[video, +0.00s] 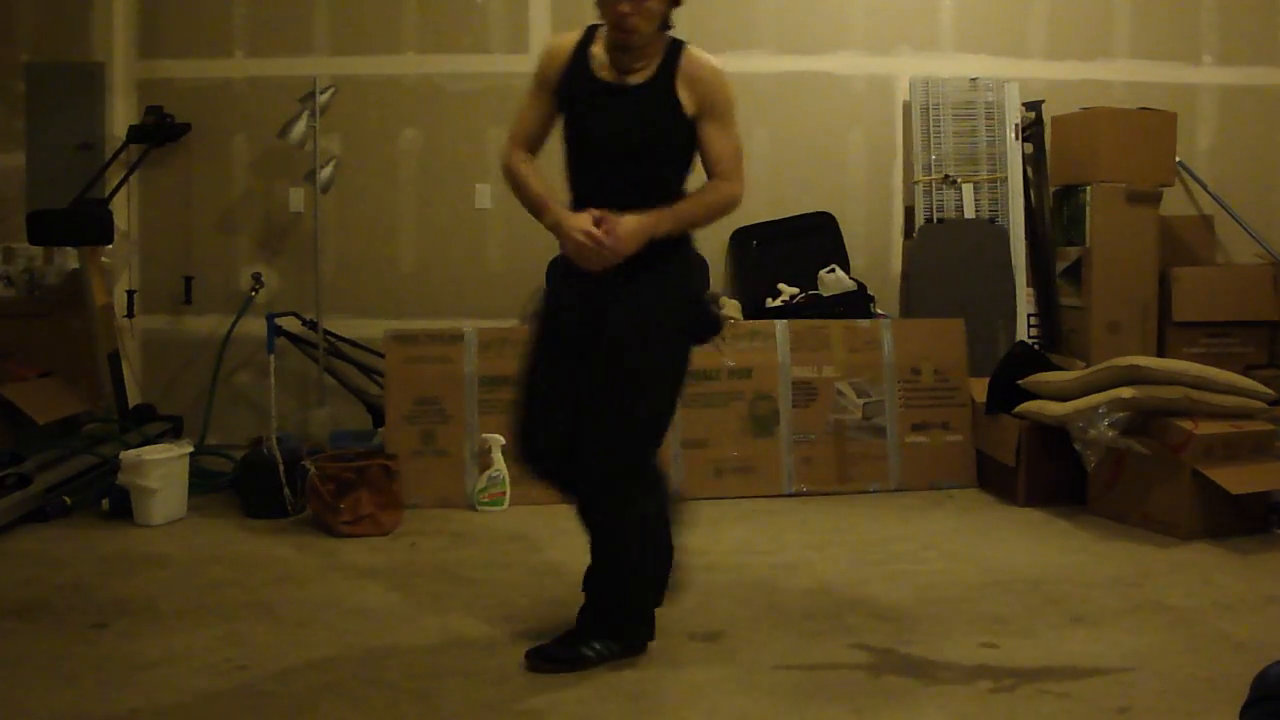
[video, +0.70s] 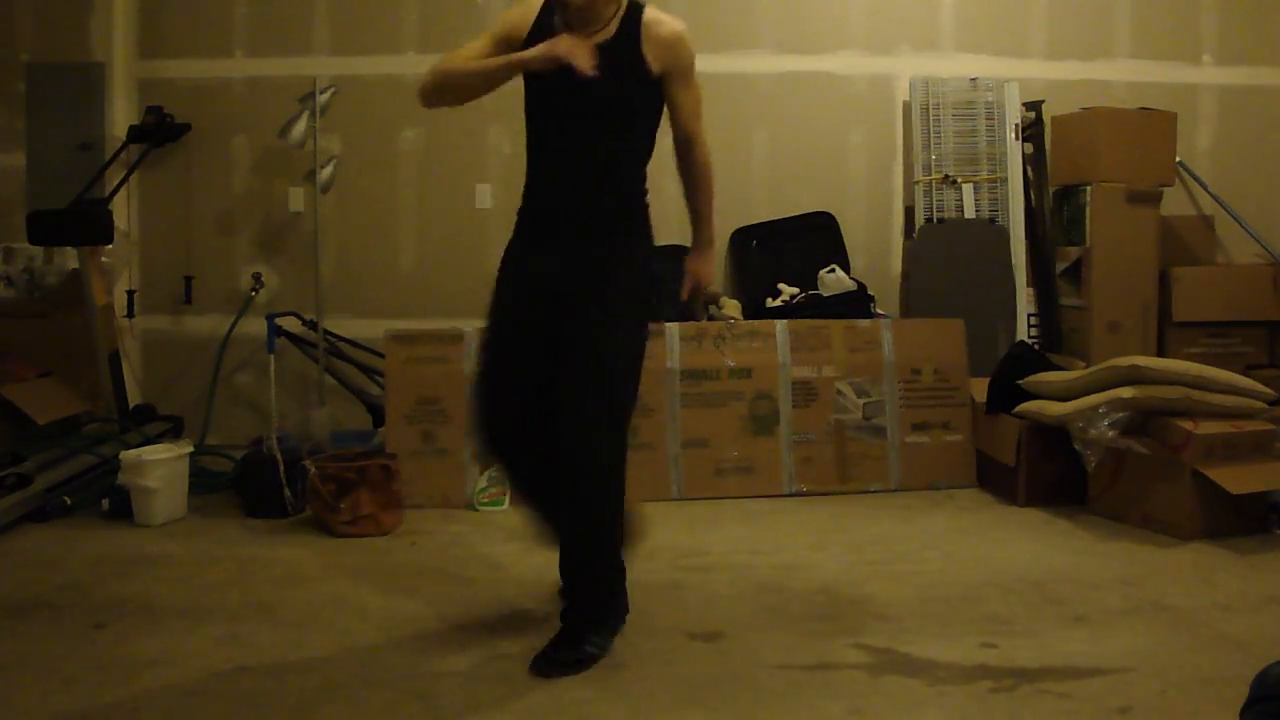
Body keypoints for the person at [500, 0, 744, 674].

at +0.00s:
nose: (625, 13)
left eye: (641, 1)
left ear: (669, 5)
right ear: (598, 1)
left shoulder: (699, 77)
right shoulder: (565, 58)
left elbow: (728, 188)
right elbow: (516, 154)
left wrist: (645, 226)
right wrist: (557, 217)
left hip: (658, 283)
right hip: (580, 278)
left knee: (619, 451)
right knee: (545, 438)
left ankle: (619, 624)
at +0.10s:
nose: (595, 8)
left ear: (635, 1)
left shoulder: (672, 60)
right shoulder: (533, 50)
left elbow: (719, 155)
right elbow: (495, 136)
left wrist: (648, 181)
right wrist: (530, 209)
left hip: (627, 274)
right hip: (548, 270)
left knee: (610, 455)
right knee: (478, 434)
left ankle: (618, 624)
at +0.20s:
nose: (564, 13)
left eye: (577, 5)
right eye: (555, 4)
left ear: (602, 3)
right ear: (538, 1)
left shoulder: (638, 55)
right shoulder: (496, 48)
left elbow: (694, 148)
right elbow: (473, 133)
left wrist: (640, 152)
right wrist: (479, 206)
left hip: (595, 284)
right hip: (505, 282)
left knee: (618, 459)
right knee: (449, 444)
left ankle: (632, 625)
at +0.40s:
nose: (519, 22)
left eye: (536, 10)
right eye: (512, 10)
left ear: (575, 15)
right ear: (503, 14)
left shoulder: (614, 86)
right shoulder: (475, 81)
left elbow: (631, 184)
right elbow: (412, 149)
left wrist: (642, 242)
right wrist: (388, 221)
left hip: (560, 304)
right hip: (474, 299)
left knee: (591, 468)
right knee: (416, 448)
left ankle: (613, 619)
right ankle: (352, 570)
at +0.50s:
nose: (526, 9)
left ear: (578, 3)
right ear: (510, 6)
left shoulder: (632, 71)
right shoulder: (497, 67)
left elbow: (655, 184)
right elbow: (431, 127)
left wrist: (660, 285)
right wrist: (420, 152)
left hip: (581, 287)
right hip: (500, 280)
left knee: (571, 458)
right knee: (435, 432)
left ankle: (598, 619)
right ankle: (373, 567)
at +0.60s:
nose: (542, 13)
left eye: (555, 3)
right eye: (535, 3)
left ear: (591, 0)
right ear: (528, 3)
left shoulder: (645, 63)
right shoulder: (511, 59)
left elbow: (678, 175)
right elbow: (416, 124)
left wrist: (685, 285)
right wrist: (481, 90)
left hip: (605, 288)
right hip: (524, 282)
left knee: (576, 461)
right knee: (452, 435)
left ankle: (597, 621)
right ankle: (465, 549)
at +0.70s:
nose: (576, 7)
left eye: (588, 2)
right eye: (568, 0)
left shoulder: (660, 36)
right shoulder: (529, 24)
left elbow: (692, 145)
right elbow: (433, 88)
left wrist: (704, 245)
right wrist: (527, 60)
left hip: (615, 260)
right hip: (535, 252)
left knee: (590, 435)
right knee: (505, 418)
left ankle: (591, 614)